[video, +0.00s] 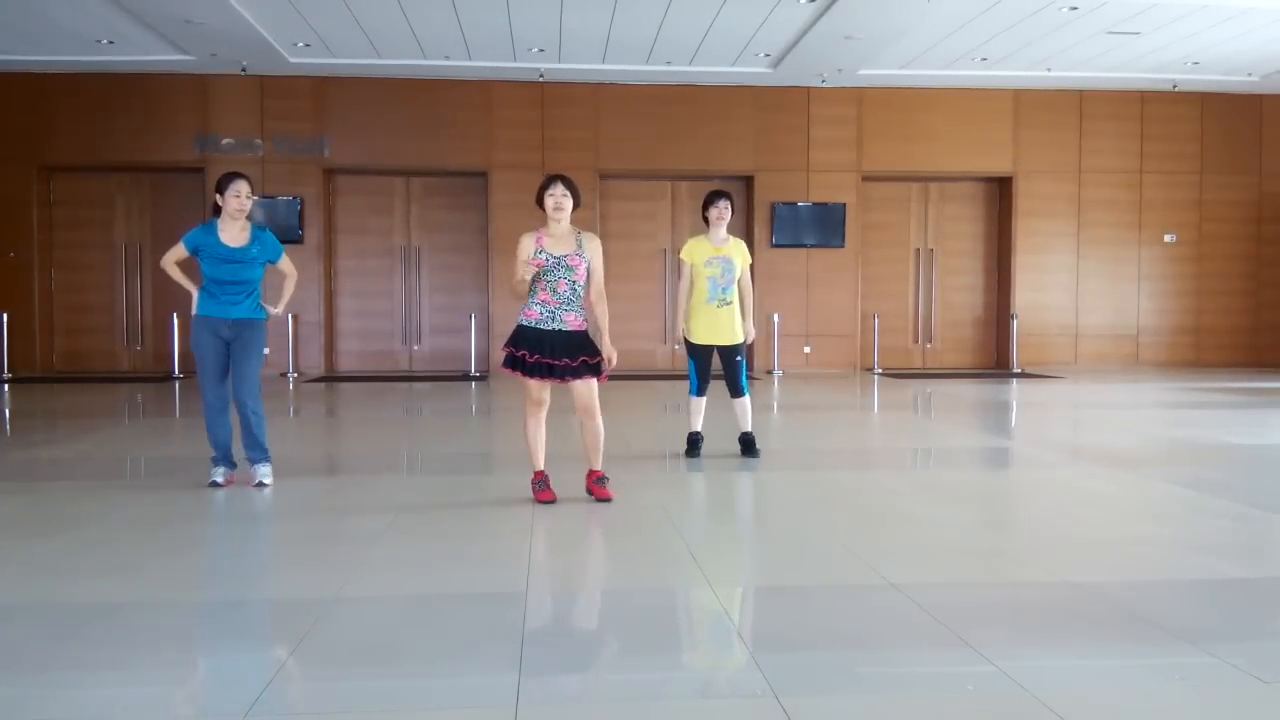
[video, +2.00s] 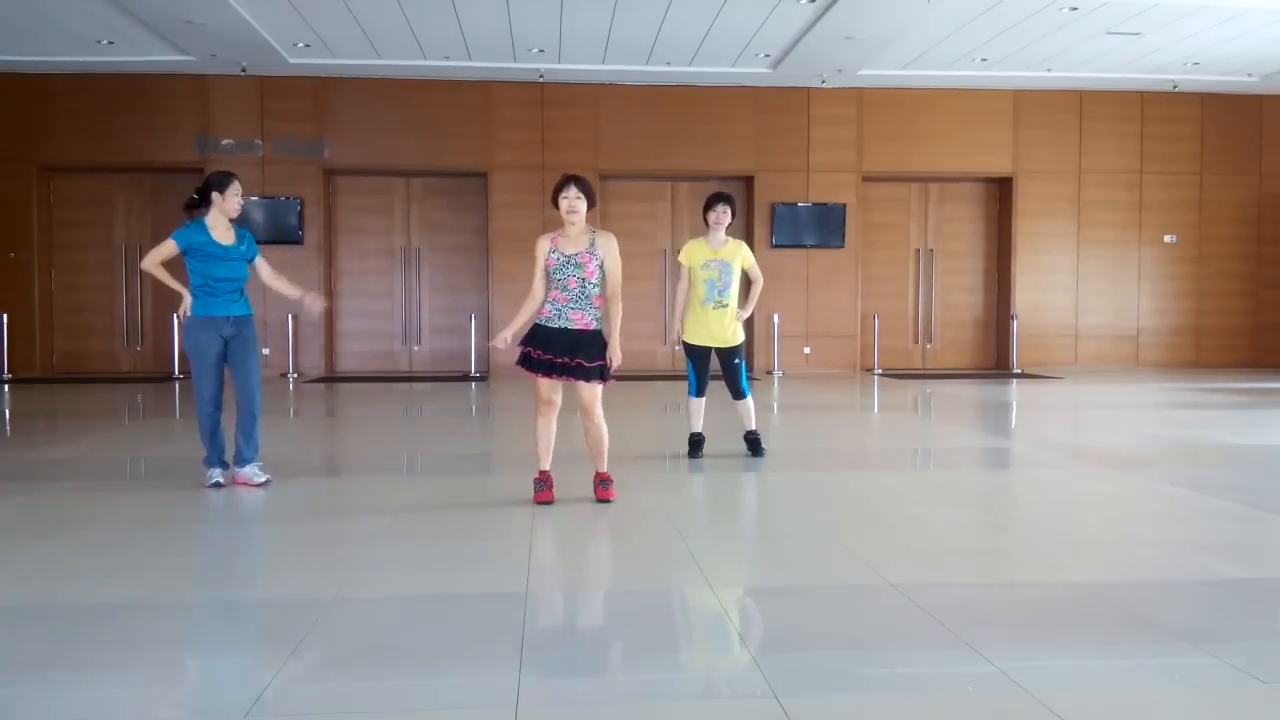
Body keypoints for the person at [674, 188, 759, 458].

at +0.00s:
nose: (721, 212)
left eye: (726, 208)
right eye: (716, 207)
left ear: (731, 214)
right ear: (706, 213)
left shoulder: (739, 247)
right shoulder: (693, 246)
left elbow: (746, 286)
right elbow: (684, 285)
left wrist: (748, 322)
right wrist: (679, 321)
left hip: (731, 327)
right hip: (698, 327)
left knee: (738, 385)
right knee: (698, 386)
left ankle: (747, 436)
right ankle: (695, 436)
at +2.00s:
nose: (719, 215)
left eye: (725, 211)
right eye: (714, 210)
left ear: (731, 218)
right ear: (706, 215)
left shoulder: (739, 249)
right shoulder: (691, 249)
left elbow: (757, 279)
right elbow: (682, 286)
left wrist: (747, 309)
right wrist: (676, 323)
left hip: (729, 328)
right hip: (696, 328)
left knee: (739, 386)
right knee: (697, 386)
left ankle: (752, 435)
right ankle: (695, 438)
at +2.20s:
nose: (725, 215)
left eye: (731, 211)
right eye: (721, 210)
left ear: (739, 217)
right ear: (714, 215)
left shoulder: (749, 248)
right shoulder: (701, 249)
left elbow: (769, 278)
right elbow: (695, 287)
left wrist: (759, 309)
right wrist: (692, 325)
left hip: (740, 328)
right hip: (708, 328)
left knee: (746, 387)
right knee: (704, 386)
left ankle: (753, 436)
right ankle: (697, 437)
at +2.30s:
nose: (726, 215)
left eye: (731, 210)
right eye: (722, 210)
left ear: (742, 216)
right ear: (717, 216)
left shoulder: (755, 248)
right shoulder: (707, 249)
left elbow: (775, 277)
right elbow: (701, 288)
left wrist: (766, 307)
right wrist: (698, 325)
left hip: (746, 328)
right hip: (714, 328)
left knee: (749, 387)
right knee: (707, 387)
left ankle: (753, 437)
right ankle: (698, 437)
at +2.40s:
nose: (727, 216)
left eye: (732, 211)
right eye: (724, 212)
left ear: (745, 216)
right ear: (719, 216)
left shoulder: (759, 248)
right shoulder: (712, 248)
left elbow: (780, 277)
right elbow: (706, 287)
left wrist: (772, 306)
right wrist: (704, 324)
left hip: (751, 328)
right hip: (719, 327)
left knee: (752, 387)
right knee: (710, 386)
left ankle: (753, 436)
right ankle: (698, 437)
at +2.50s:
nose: (729, 217)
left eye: (735, 212)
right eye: (726, 212)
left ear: (747, 216)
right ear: (722, 217)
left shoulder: (763, 248)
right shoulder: (716, 248)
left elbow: (785, 277)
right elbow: (710, 287)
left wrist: (775, 307)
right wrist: (706, 322)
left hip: (753, 327)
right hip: (721, 327)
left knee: (753, 387)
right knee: (711, 386)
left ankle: (754, 436)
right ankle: (700, 436)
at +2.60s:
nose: (730, 217)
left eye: (736, 212)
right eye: (727, 212)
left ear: (749, 216)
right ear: (723, 217)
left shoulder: (764, 248)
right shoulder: (717, 248)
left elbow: (787, 277)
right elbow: (710, 287)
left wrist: (776, 307)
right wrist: (707, 322)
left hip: (754, 327)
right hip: (722, 327)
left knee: (753, 387)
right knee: (711, 385)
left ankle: (754, 436)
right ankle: (701, 436)